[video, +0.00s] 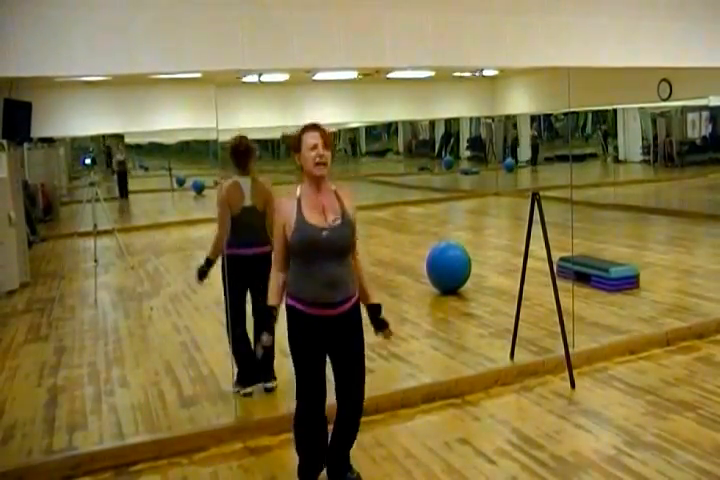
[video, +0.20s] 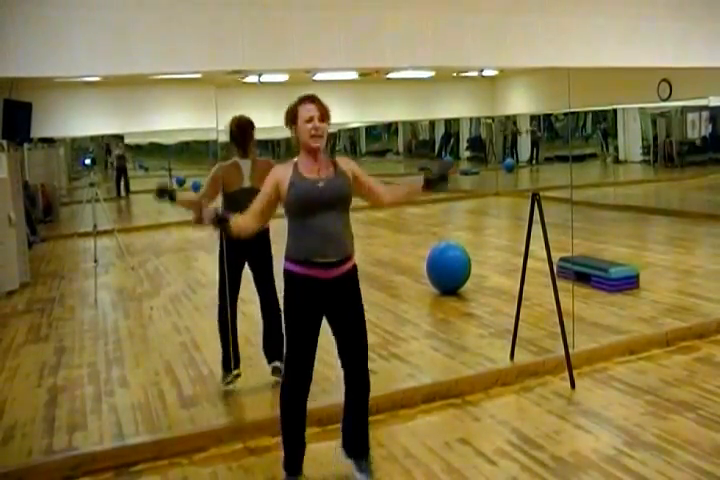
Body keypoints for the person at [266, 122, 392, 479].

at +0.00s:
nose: (321, 154)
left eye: (325, 147)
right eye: (313, 148)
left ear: (331, 153)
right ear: (298, 157)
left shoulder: (343, 197)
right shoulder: (286, 205)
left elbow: (353, 257)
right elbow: (278, 267)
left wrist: (373, 308)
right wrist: (268, 323)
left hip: (346, 314)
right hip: (305, 316)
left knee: (353, 399)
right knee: (311, 399)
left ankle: (339, 465)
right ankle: (310, 470)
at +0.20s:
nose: (317, 125)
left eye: (321, 119)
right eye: (309, 121)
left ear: (329, 125)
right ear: (294, 128)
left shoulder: (343, 166)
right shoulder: (281, 174)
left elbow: (384, 196)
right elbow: (250, 223)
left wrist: (425, 183)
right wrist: (223, 219)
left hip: (343, 277)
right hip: (301, 280)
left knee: (357, 369)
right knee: (298, 376)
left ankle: (357, 450)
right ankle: (293, 465)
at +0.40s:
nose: (316, 164)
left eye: (321, 158)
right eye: (309, 159)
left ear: (329, 165)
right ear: (297, 167)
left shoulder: (342, 196)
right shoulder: (285, 204)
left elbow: (378, 153)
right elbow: (240, 171)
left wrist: (365, 105)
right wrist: (257, 123)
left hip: (347, 319)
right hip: (302, 323)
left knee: (384, 390)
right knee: (274, 410)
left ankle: (396, 453)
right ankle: (257, 478)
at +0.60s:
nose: (315, 141)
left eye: (320, 134)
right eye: (307, 136)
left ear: (328, 140)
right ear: (294, 144)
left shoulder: (343, 171)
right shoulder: (283, 181)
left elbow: (388, 147)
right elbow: (231, 174)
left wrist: (407, 108)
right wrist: (221, 128)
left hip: (345, 292)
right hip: (301, 295)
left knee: (370, 373)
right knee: (283, 383)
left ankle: (391, 446)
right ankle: (264, 472)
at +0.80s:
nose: (316, 138)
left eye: (320, 132)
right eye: (308, 133)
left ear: (327, 138)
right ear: (294, 141)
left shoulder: (341, 181)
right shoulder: (282, 190)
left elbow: (361, 229)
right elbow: (264, 243)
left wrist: (403, 252)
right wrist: (236, 272)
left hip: (342, 290)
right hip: (301, 293)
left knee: (347, 374)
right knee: (308, 377)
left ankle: (338, 456)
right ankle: (309, 461)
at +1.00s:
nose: (315, 134)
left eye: (319, 127)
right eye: (307, 129)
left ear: (327, 133)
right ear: (293, 136)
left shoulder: (341, 176)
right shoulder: (282, 183)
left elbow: (363, 226)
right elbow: (266, 235)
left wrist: (403, 235)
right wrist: (251, 258)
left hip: (342, 286)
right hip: (300, 288)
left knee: (349, 370)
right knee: (304, 375)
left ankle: (338, 453)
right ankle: (307, 465)